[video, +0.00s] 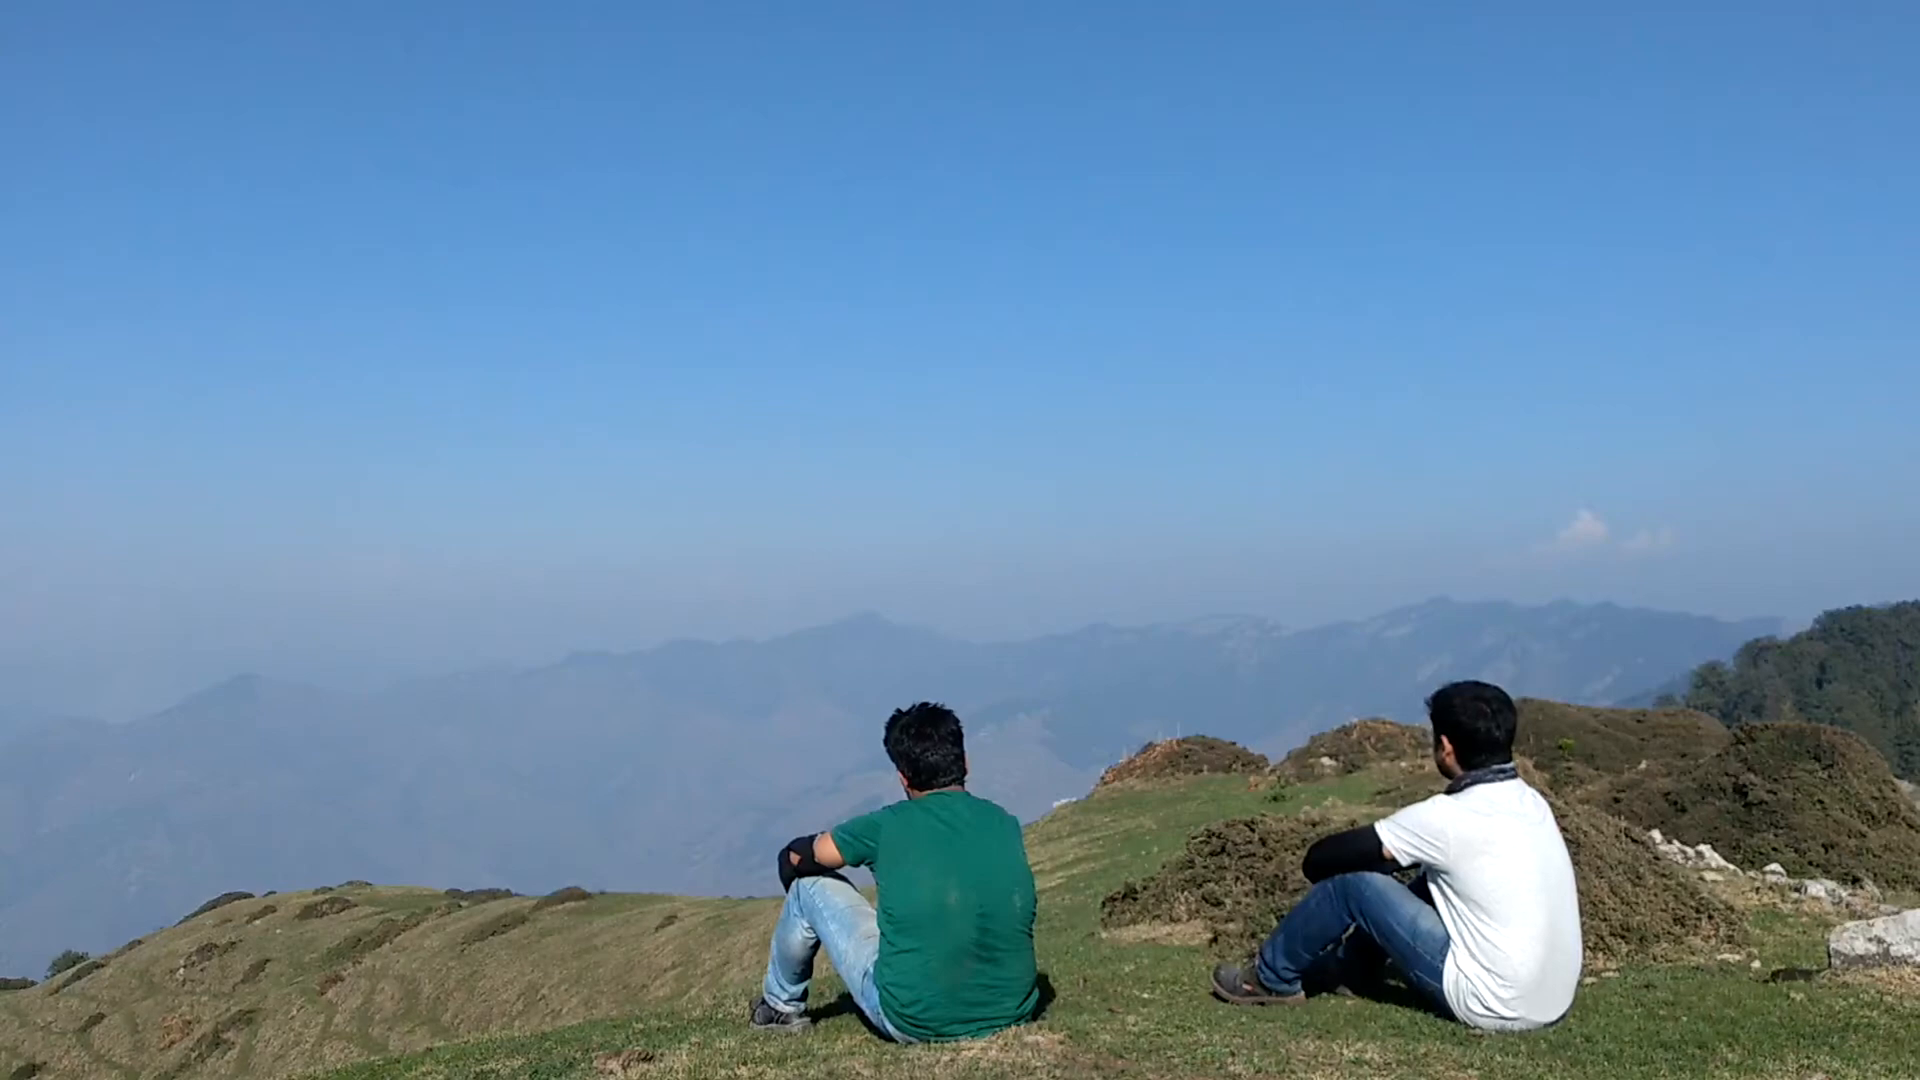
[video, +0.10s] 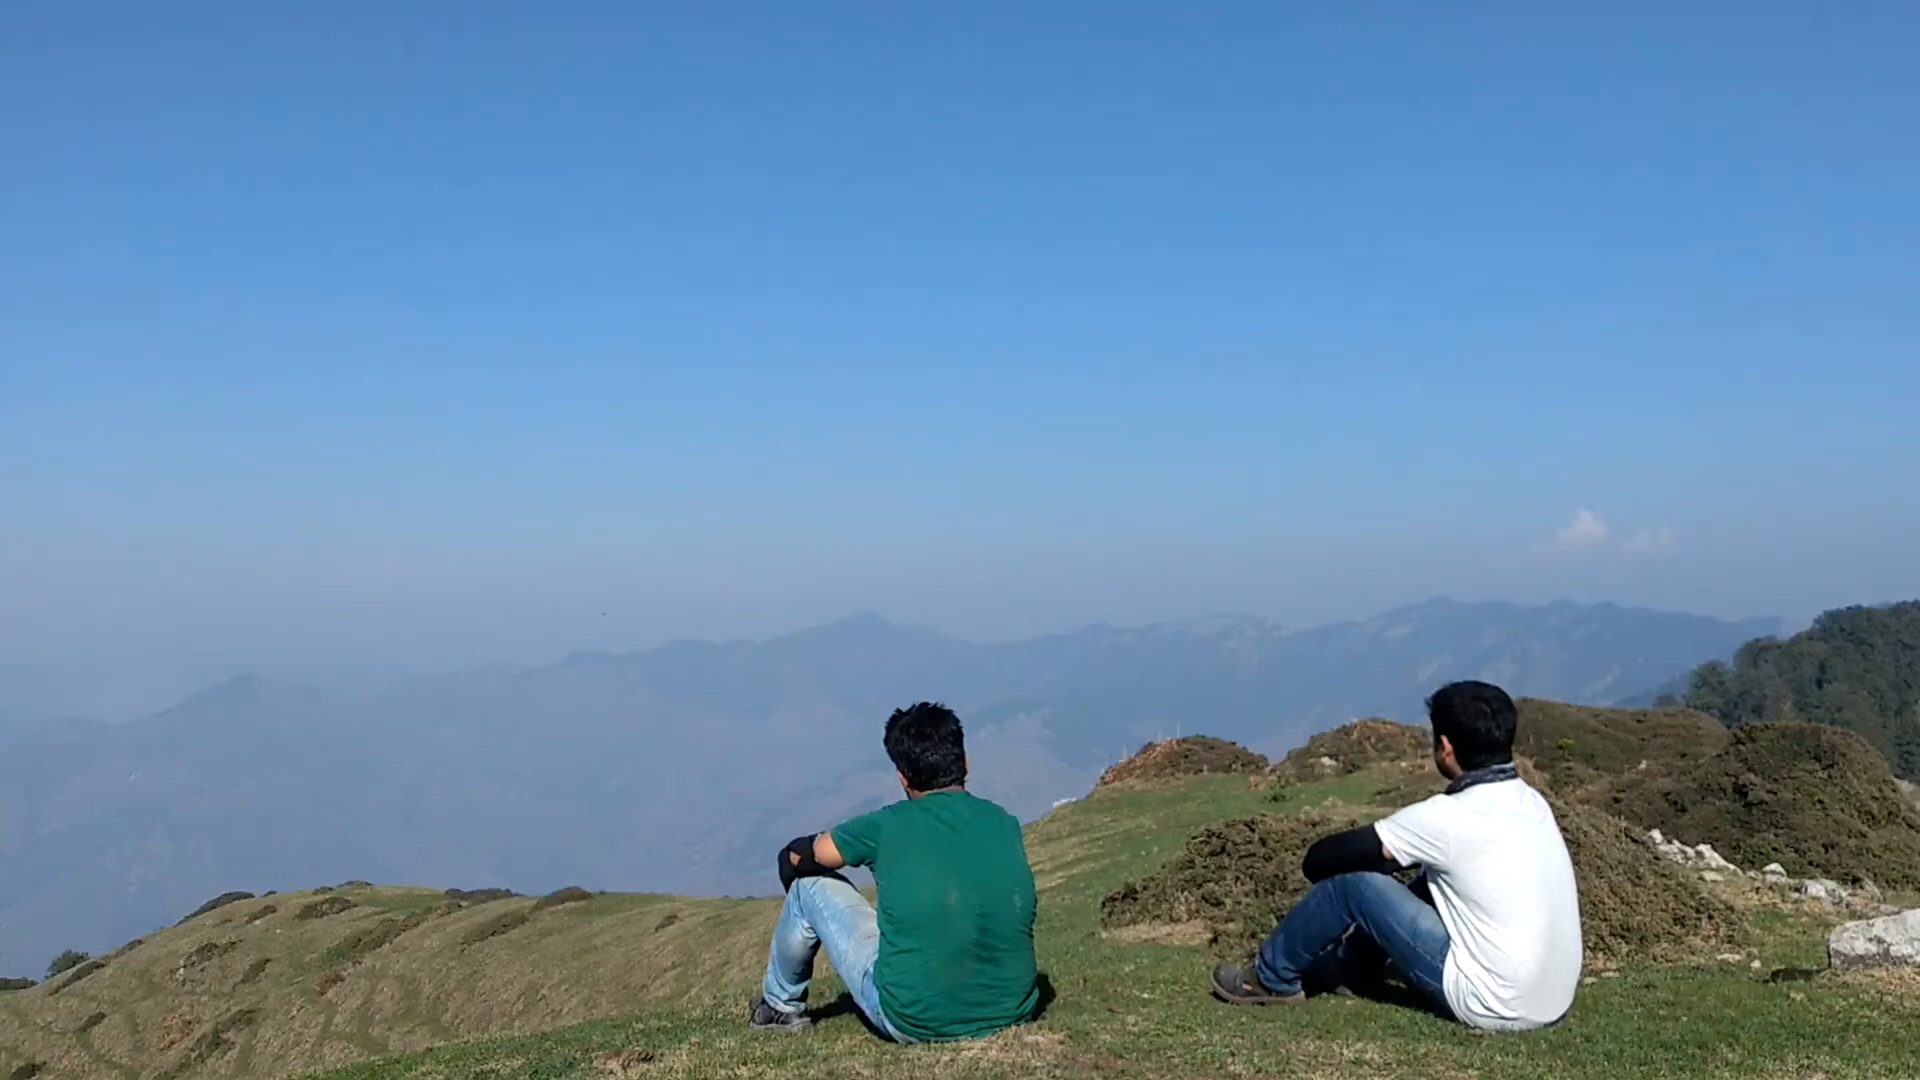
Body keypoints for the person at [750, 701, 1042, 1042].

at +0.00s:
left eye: (898, 770)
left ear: (904, 778)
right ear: (966, 764)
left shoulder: (888, 824)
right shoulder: (1006, 823)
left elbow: (796, 857)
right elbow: (1022, 913)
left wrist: (797, 890)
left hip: (915, 1020)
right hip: (1008, 1012)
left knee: (810, 886)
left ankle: (781, 1005)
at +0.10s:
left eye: (898, 770)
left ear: (904, 778)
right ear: (966, 764)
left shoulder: (888, 824)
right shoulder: (1006, 823)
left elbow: (796, 857)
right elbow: (1022, 913)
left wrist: (797, 890)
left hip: (915, 1020)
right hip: (1008, 1012)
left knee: (810, 885)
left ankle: (781, 1005)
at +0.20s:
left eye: (898, 770)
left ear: (904, 778)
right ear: (966, 764)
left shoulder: (888, 824)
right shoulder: (1006, 823)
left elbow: (796, 857)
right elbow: (1022, 913)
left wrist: (797, 889)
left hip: (915, 1020)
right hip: (1008, 1012)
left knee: (810, 885)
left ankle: (781, 1005)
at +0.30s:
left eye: (898, 771)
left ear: (904, 778)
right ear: (966, 764)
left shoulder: (888, 824)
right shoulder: (1007, 823)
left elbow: (796, 857)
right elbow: (1022, 913)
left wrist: (797, 889)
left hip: (915, 1020)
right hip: (1008, 1012)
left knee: (810, 885)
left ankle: (781, 1005)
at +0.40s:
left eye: (898, 770)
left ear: (904, 778)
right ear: (966, 764)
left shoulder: (888, 824)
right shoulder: (1006, 823)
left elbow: (796, 857)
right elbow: (1023, 913)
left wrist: (796, 889)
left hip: (915, 1020)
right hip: (1008, 1012)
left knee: (810, 885)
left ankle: (781, 1005)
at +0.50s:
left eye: (898, 770)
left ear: (904, 777)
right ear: (966, 764)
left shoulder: (887, 825)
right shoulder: (1006, 823)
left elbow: (796, 856)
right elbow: (1020, 911)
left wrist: (796, 888)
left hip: (915, 1020)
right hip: (1009, 1011)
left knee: (810, 885)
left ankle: (781, 1005)